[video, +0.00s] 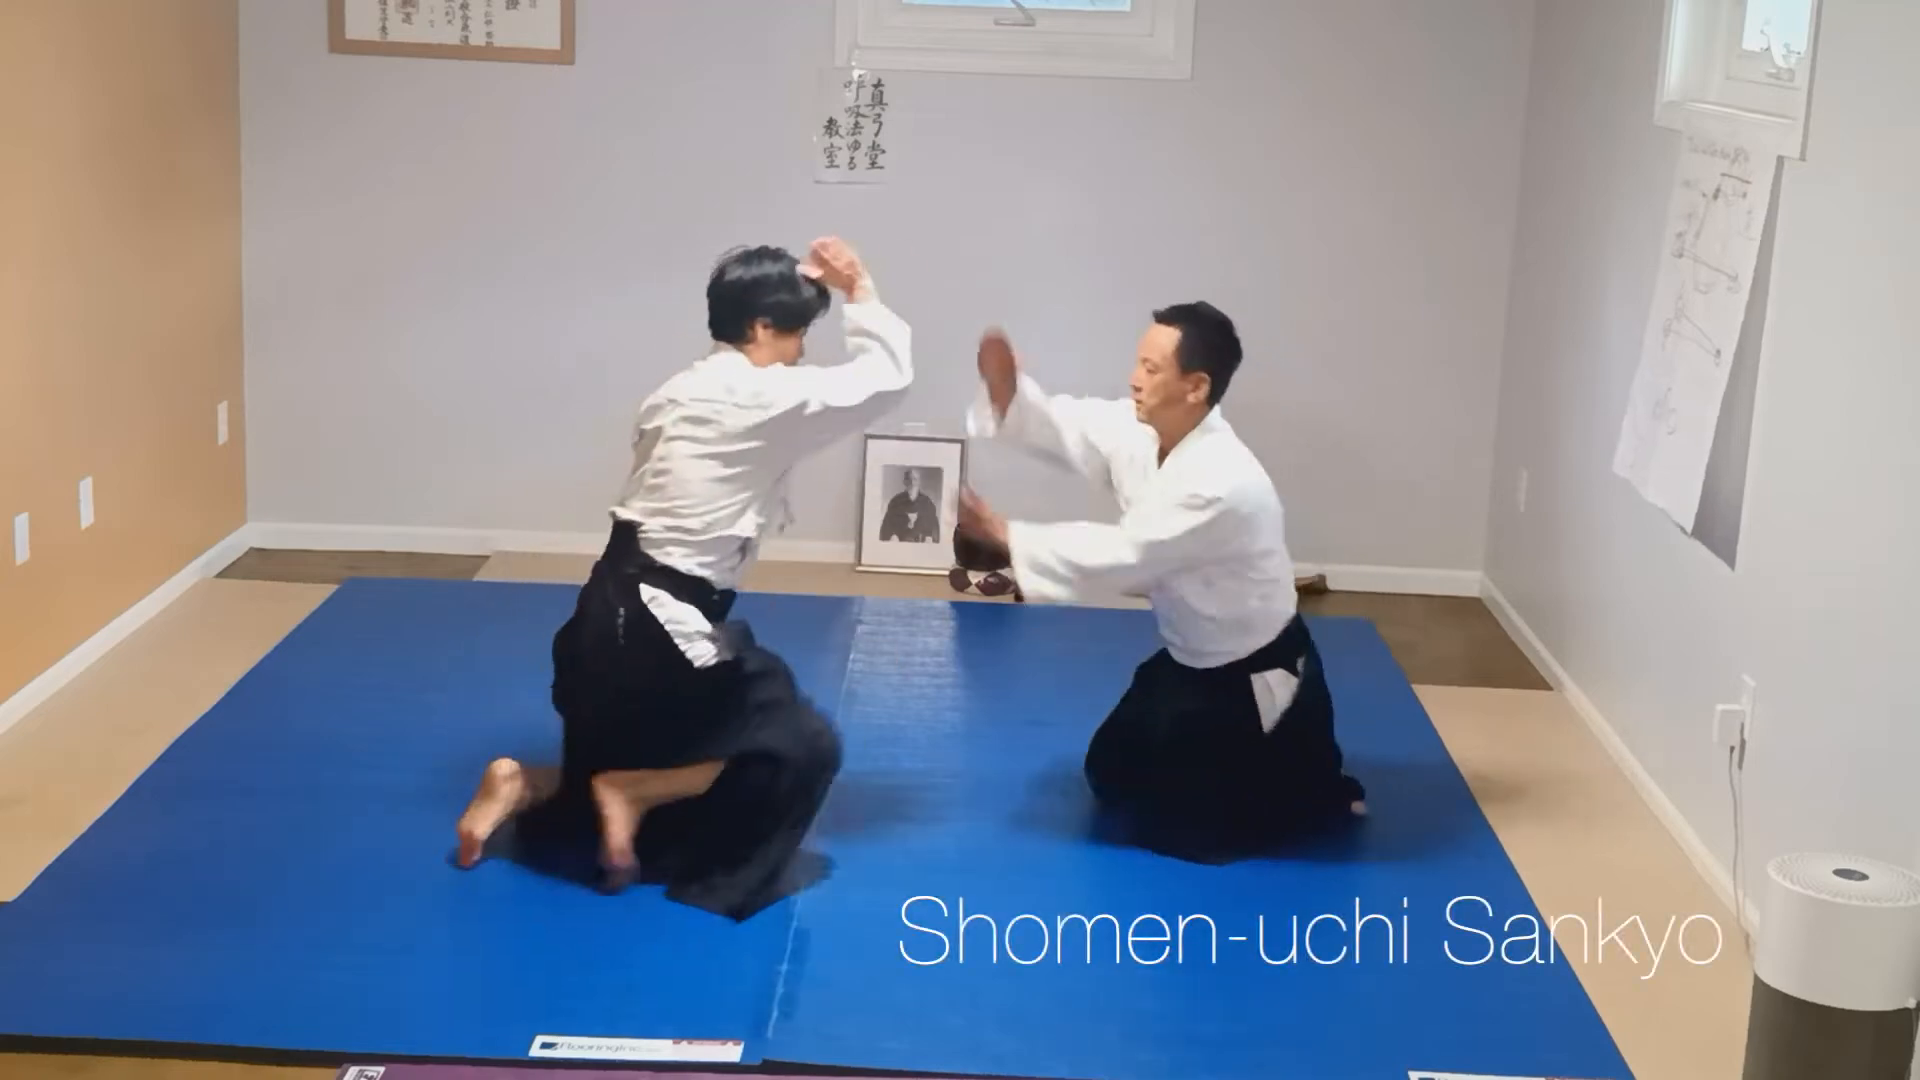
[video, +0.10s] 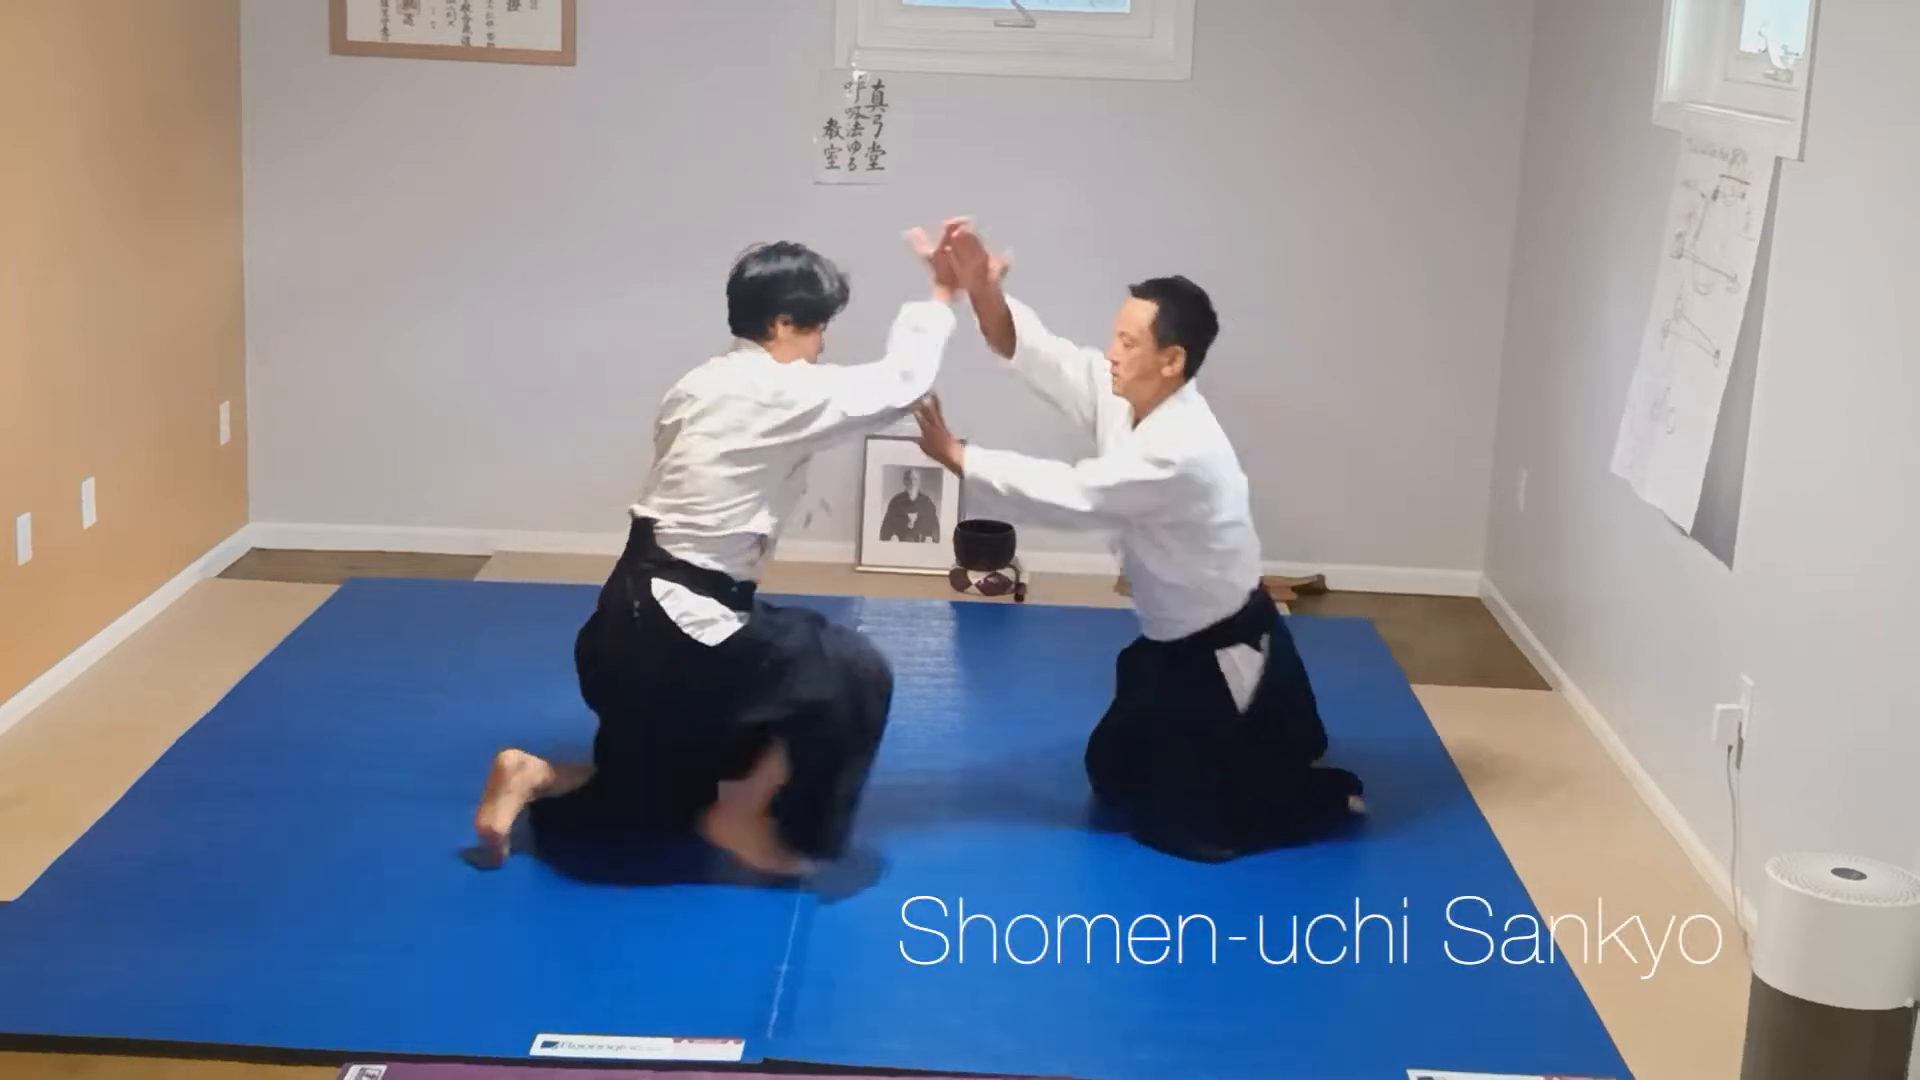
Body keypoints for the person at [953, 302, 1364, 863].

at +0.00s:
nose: (1133, 380)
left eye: (1149, 368)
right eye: (1137, 364)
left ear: (1196, 386)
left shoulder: (1222, 482)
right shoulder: (1138, 434)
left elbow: (1129, 555)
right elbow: (1070, 424)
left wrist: (1008, 538)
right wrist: (1013, 398)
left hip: (1258, 679)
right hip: (1187, 664)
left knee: (1181, 822)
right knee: (1111, 774)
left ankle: (1315, 799)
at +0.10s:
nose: (1111, 353)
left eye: (1129, 342)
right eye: (1115, 338)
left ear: (1172, 362)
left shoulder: (1180, 448)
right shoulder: (1122, 398)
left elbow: (1080, 496)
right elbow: (1035, 353)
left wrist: (954, 455)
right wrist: (982, 293)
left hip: (1225, 658)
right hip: (1166, 648)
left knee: (1185, 825)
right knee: (1115, 776)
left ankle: (1326, 801)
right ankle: (1269, 757)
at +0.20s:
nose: (1093, 328)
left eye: (1109, 318)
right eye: (1097, 314)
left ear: (1154, 335)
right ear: (1139, 331)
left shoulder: (1156, 416)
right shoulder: (1110, 376)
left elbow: (1053, 462)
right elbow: (1034, 328)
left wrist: (941, 426)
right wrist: (996, 268)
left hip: (1196, 633)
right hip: (1146, 626)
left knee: (1148, 814)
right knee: (1116, 787)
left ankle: (1300, 808)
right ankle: (1279, 774)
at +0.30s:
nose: (1072, 318)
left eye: (1087, 309)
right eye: (1076, 304)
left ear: (1134, 324)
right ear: (1121, 319)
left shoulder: (1145, 404)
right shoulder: (1087, 370)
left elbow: (1052, 456)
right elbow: (1013, 310)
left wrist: (945, 405)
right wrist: (975, 231)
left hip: (1177, 614)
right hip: (1120, 609)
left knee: (1134, 803)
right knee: (1048, 732)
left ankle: (1280, 772)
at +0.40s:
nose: (1052, 316)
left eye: (1066, 304)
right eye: (1056, 300)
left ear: (1112, 315)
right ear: (1107, 313)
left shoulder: (1130, 400)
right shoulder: (1081, 369)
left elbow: (1036, 443)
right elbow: (997, 317)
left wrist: (935, 379)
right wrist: (927, 239)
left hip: (1160, 616)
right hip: (1104, 597)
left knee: (1094, 785)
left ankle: (1275, 757)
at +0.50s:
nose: (1033, 317)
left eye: (1045, 302)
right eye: (1034, 301)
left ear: (1091, 313)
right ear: (1087, 313)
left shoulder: (1111, 397)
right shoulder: (1071, 367)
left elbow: (1017, 438)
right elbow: (979, 344)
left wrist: (917, 365)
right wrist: (904, 282)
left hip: (1140, 615)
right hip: (1089, 593)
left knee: (1079, 797)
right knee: (966, 624)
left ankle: (1271, 764)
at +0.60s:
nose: (1015, 324)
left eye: (1025, 308)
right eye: (1017, 308)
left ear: (1068, 315)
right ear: (1066, 316)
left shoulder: (1093, 400)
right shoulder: (1061, 377)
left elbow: (986, 433)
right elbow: (960, 367)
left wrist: (893, 369)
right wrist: (892, 334)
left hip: (1126, 619)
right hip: (1075, 600)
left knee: (1059, 777)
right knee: (951, 633)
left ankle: (1250, 761)